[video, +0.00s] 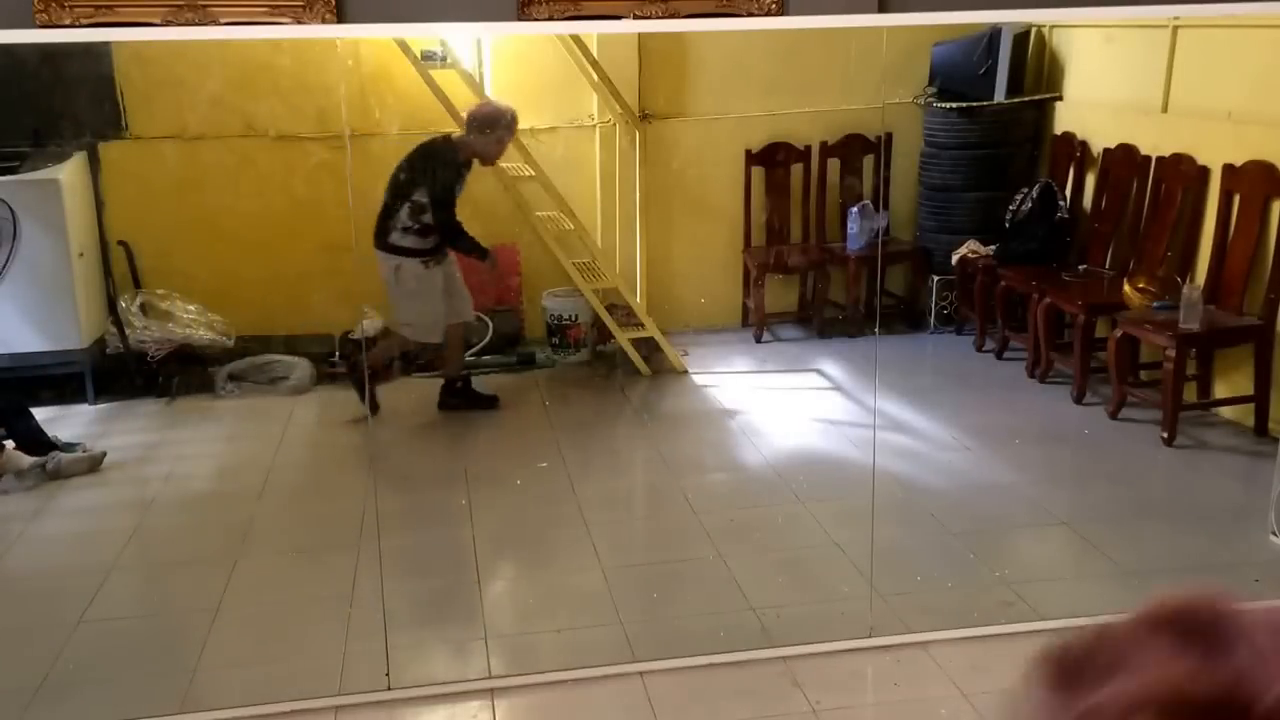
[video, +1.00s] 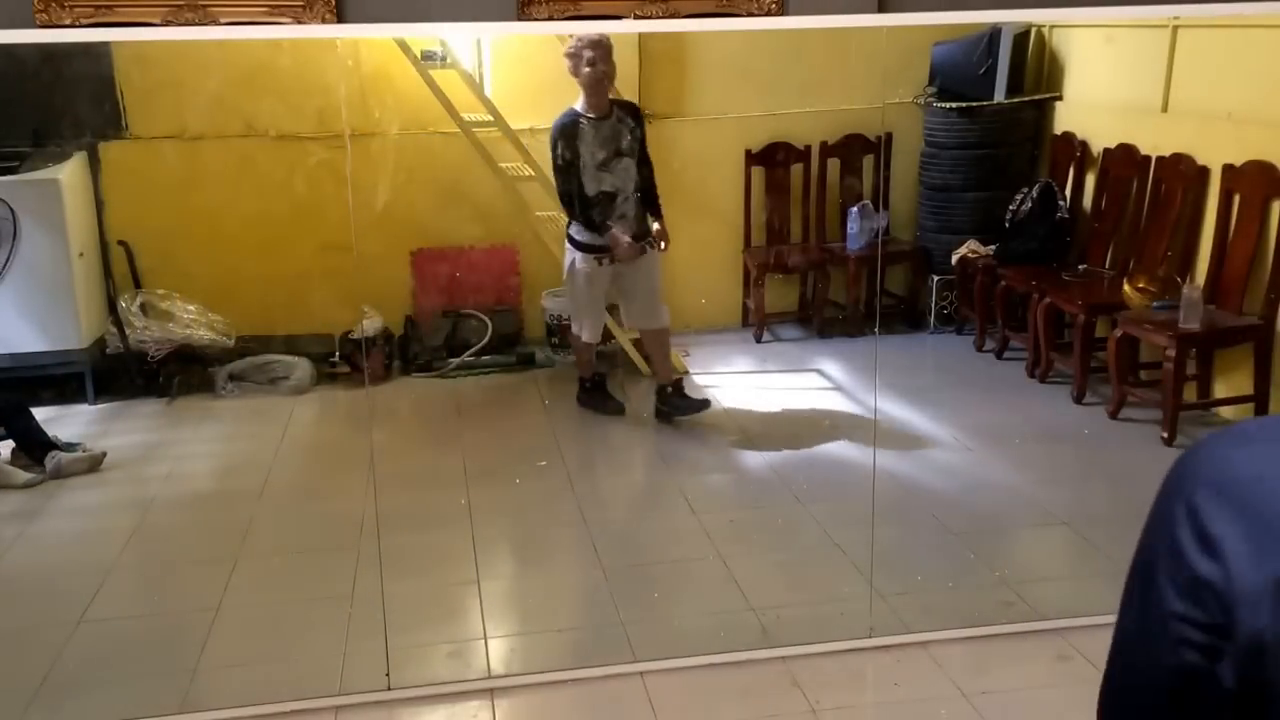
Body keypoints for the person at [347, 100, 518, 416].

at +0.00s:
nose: (503, 151)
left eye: (506, 144)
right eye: (502, 142)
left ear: (480, 134)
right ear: (482, 135)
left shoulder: (458, 157)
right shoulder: (442, 160)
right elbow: (445, 226)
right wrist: (483, 255)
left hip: (434, 249)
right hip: (404, 253)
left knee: (457, 318)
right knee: (422, 329)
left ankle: (455, 387)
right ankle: (365, 362)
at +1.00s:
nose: (595, 67)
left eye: (601, 60)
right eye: (586, 62)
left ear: (613, 68)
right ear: (573, 72)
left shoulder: (631, 115)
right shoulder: (566, 128)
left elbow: (644, 171)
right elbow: (569, 198)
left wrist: (657, 217)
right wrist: (608, 235)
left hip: (636, 237)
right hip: (590, 242)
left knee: (653, 315)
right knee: (588, 320)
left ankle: (668, 392)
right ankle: (589, 387)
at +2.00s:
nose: (671, 70)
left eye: (679, 62)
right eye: (662, 61)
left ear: (690, 67)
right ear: (647, 66)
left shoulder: (710, 118)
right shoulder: (626, 127)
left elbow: (726, 174)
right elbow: (607, 186)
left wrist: (726, 224)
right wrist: (609, 240)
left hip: (704, 259)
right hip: (650, 263)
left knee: (700, 349)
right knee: (654, 360)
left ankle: (680, 401)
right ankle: (660, 446)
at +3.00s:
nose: (732, 73)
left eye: (738, 64)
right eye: (721, 64)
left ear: (745, 67)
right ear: (697, 66)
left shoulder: (741, 122)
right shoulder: (683, 131)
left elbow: (752, 190)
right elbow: (682, 211)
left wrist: (767, 240)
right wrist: (730, 258)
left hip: (745, 269)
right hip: (703, 273)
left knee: (739, 363)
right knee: (695, 365)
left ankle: (731, 452)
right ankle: (649, 439)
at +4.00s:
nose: (755, 83)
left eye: (763, 75)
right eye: (746, 74)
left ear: (773, 76)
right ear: (726, 70)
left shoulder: (771, 131)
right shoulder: (692, 123)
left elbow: (777, 197)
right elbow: (667, 196)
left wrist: (775, 251)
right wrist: (670, 272)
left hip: (740, 280)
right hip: (683, 277)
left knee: (736, 369)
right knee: (650, 372)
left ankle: (732, 457)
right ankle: (638, 462)